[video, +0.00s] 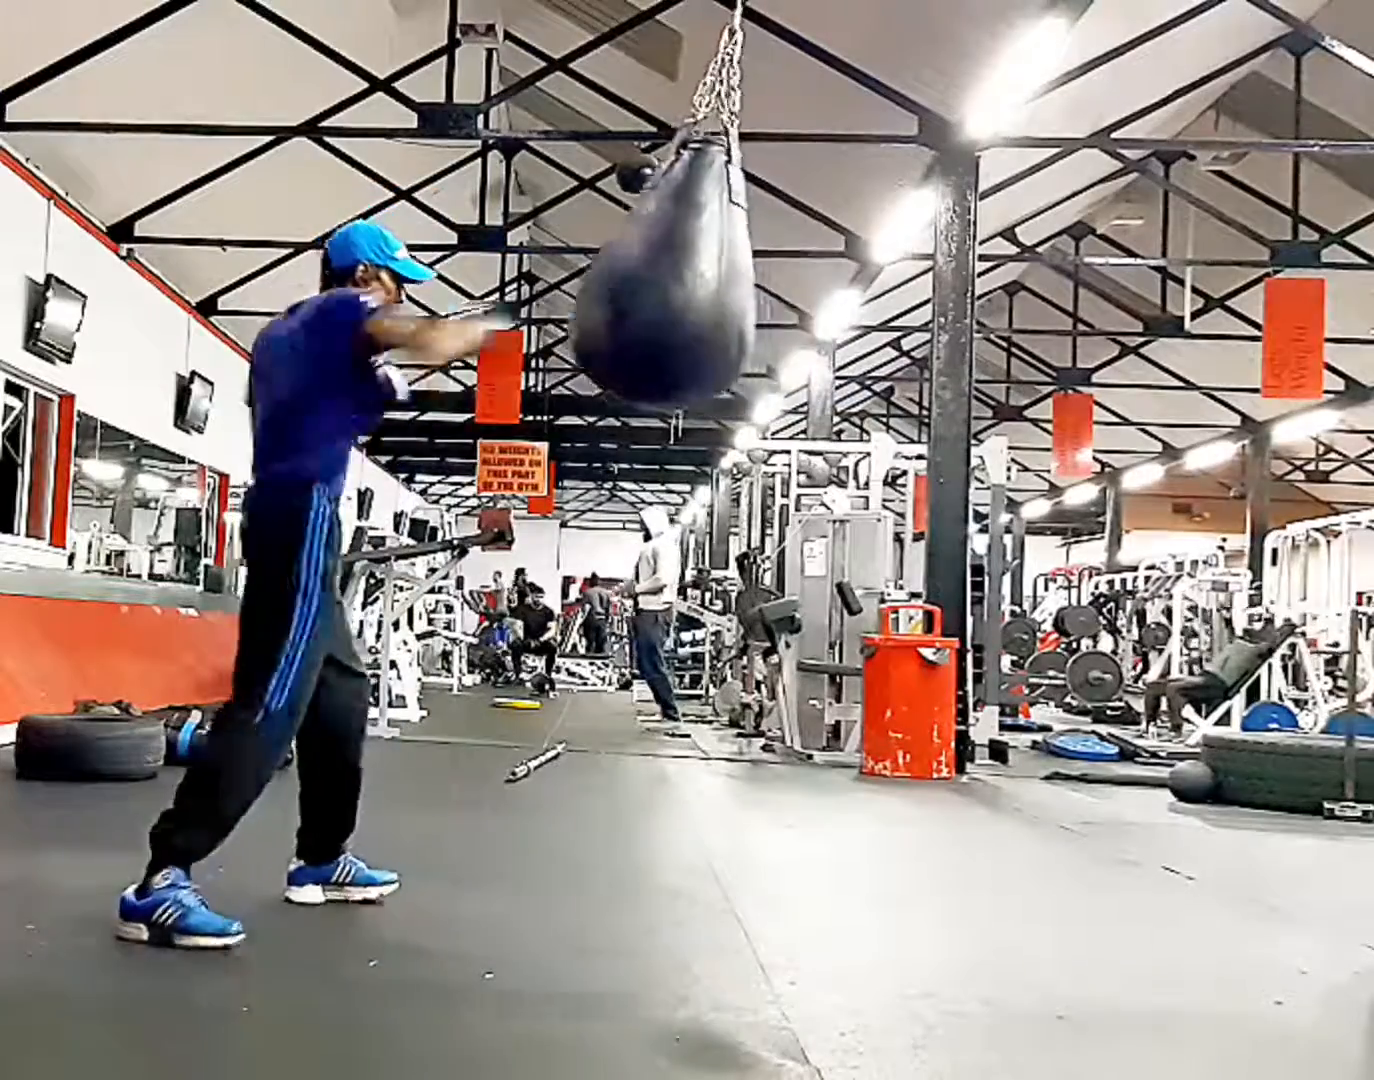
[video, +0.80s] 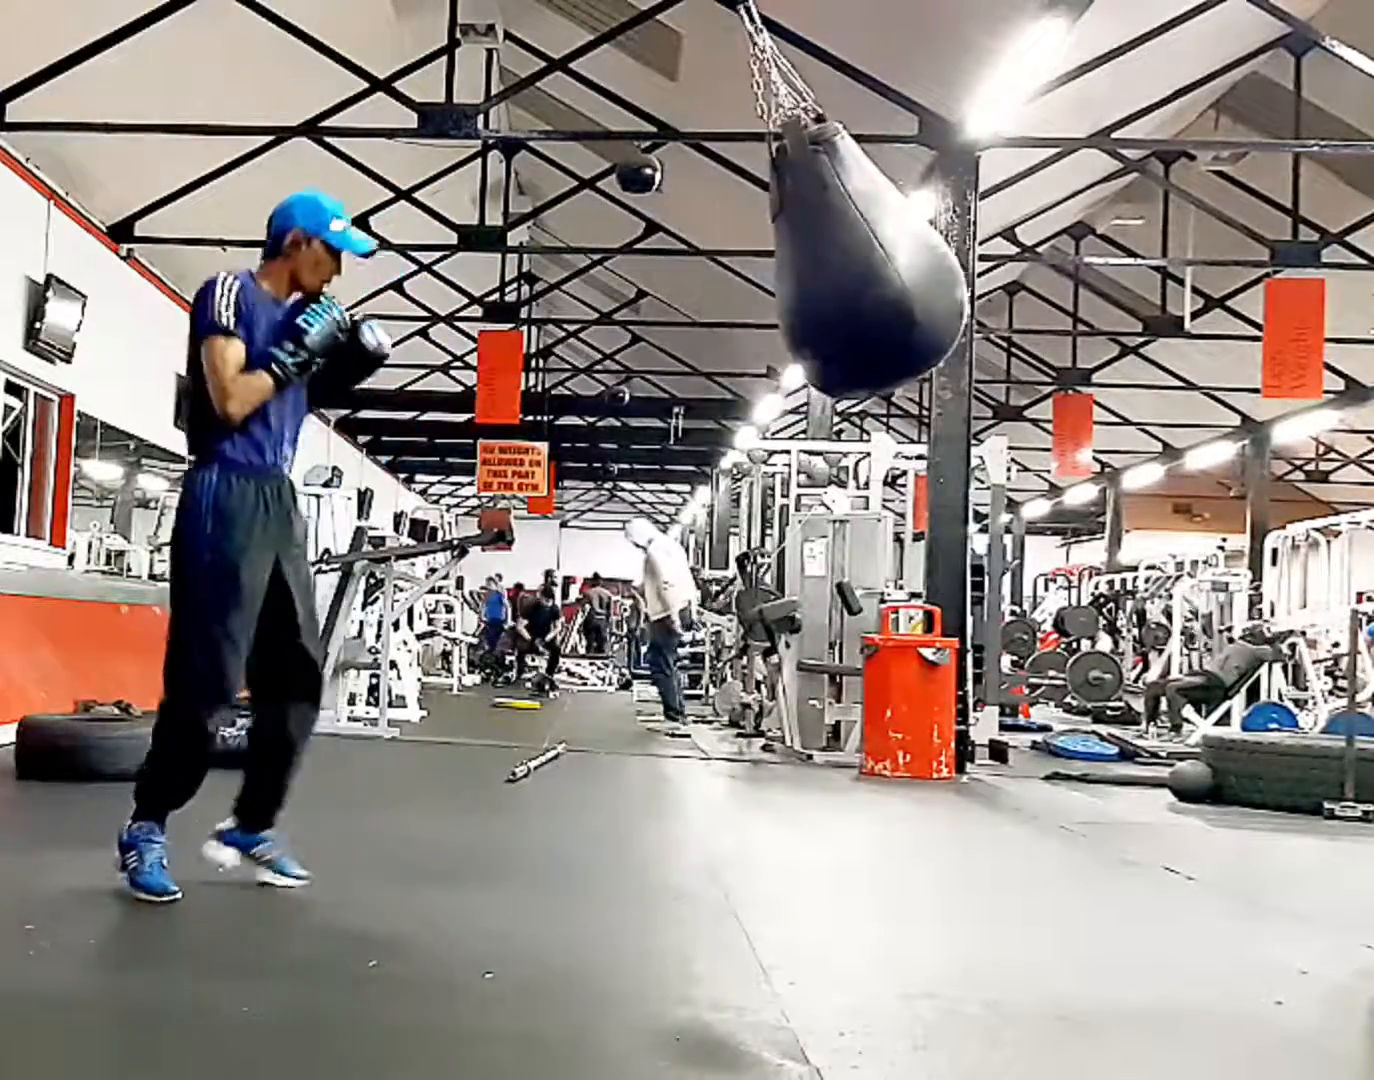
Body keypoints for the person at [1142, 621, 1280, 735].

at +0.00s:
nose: (1262, 635)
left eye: (1263, 634)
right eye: (1262, 633)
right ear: (1255, 635)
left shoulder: (1257, 650)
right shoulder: (1236, 643)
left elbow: (1273, 645)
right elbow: (1230, 635)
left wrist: (1286, 629)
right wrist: (1225, 619)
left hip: (1219, 681)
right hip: (1204, 674)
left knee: (1174, 689)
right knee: (1152, 688)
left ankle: (1177, 731)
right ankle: (1148, 728)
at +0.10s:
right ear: (1255, 637)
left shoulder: (1256, 652)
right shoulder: (1236, 643)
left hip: (1219, 681)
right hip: (1204, 675)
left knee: (1174, 689)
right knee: (1153, 687)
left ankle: (1176, 732)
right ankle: (1149, 728)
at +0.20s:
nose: (1250, 631)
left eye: (1254, 631)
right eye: (1253, 630)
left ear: (1259, 637)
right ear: (1249, 633)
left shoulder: (1256, 653)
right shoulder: (1237, 643)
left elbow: (1266, 633)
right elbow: (1232, 629)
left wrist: (1268, 610)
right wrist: (1228, 607)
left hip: (1219, 680)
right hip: (1205, 674)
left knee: (1173, 689)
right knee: (1152, 688)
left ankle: (1176, 730)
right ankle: (1148, 727)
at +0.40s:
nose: (1257, 631)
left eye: (1260, 630)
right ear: (1255, 634)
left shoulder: (1256, 651)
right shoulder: (1236, 643)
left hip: (1218, 682)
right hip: (1203, 675)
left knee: (1174, 690)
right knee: (1152, 688)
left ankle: (1176, 732)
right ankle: (1148, 726)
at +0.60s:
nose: (1257, 634)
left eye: (1256, 631)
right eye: (1257, 632)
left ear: (1249, 635)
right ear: (1253, 635)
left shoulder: (1256, 651)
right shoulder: (1236, 645)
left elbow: (1275, 652)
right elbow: (1221, 651)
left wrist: (1275, 636)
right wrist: (1222, 632)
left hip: (1216, 681)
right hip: (1205, 674)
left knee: (1173, 689)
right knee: (1153, 688)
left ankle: (1176, 730)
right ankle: (1147, 727)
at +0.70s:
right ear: (1253, 636)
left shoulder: (1254, 651)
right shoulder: (1231, 647)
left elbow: (1277, 656)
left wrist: (1273, 644)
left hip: (1218, 681)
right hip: (1203, 675)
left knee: (1173, 689)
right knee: (1153, 688)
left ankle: (1176, 730)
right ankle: (1147, 728)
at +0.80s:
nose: (1259, 636)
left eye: (1259, 633)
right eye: (1259, 633)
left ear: (1255, 637)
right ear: (1254, 636)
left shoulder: (1256, 650)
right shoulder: (1234, 646)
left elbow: (1278, 655)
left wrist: (1277, 644)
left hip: (1217, 681)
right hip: (1202, 674)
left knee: (1173, 689)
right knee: (1152, 688)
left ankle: (1176, 730)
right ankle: (1147, 727)